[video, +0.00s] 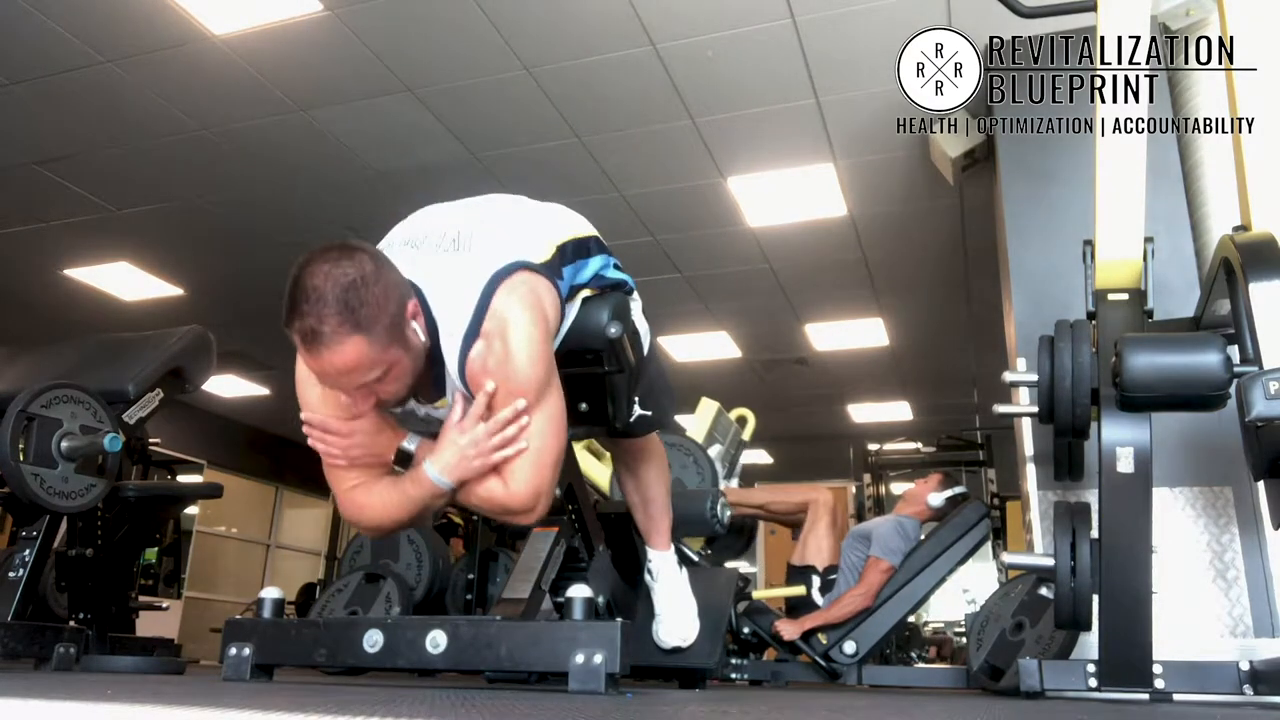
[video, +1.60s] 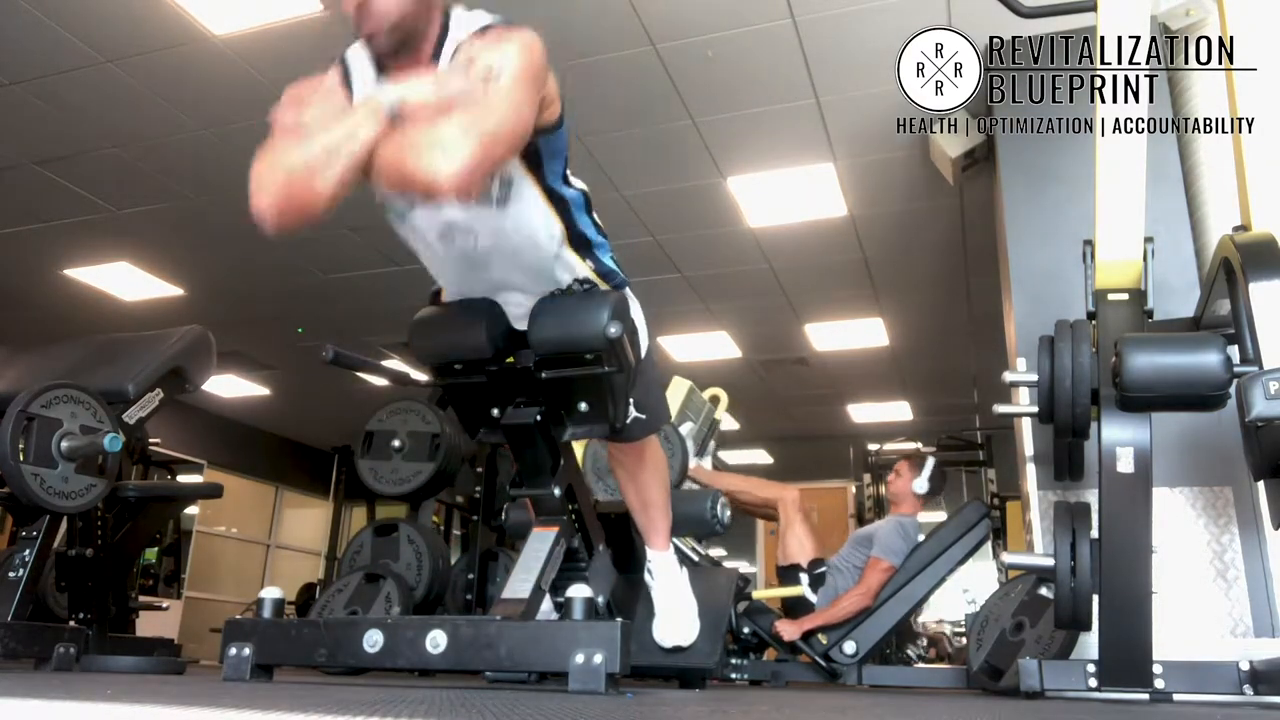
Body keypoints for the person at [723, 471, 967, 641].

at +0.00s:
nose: (916, 481)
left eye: (926, 480)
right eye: (925, 478)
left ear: (930, 497)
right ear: (934, 505)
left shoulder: (895, 528)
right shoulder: (904, 528)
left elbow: (865, 595)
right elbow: (865, 593)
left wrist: (802, 624)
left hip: (818, 608)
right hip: (824, 602)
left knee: (822, 498)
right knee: (820, 506)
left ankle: (722, 493)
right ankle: (732, 506)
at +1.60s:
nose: (889, 479)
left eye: (898, 474)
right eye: (893, 472)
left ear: (917, 488)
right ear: (914, 489)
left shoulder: (895, 528)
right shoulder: (901, 526)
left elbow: (865, 595)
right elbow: (866, 592)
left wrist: (802, 625)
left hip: (812, 602)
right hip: (817, 594)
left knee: (790, 498)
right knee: (787, 501)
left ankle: (698, 471)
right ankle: (712, 481)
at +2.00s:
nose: (872, 485)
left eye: (876, 479)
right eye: (874, 478)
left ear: (893, 482)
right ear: (899, 483)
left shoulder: (894, 528)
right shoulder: (896, 526)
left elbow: (876, 593)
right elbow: (875, 588)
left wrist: (808, 595)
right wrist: (810, 592)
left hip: (814, 601)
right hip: (817, 596)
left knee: (752, 508)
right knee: (755, 510)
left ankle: (672, 459)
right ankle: (681, 463)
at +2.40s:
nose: (868, 492)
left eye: (869, 484)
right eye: (867, 485)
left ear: (882, 480)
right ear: (897, 481)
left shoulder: (893, 523)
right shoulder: (895, 522)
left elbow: (882, 586)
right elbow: (876, 584)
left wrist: (815, 606)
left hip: (813, 599)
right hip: (816, 596)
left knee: (754, 510)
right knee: (757, 513)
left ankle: (671, 458)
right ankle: (684, 464)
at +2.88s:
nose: (868, 490)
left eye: (869, 481)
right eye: (868, 482)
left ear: (882, 479)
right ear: (899, 481)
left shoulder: (890, 525)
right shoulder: (897, 524)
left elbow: (866, 591)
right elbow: (868, 591)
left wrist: (819, 641)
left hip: (814, 618)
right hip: (820, 613)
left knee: (779, 504)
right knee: (781, 506)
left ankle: (687, 467)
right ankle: (698, 475)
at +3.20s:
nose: (868, 490)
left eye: (869, 483)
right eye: (868, 483)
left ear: (879, 481)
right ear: (903, 482)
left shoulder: (889, 527)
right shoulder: (898, 525)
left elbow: (866, 592)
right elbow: (867, 591)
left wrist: (819, 641)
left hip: (814, 616)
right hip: (821, 611)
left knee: (798, 496)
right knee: (801, 505)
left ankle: (702, 479)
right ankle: (724, 497)